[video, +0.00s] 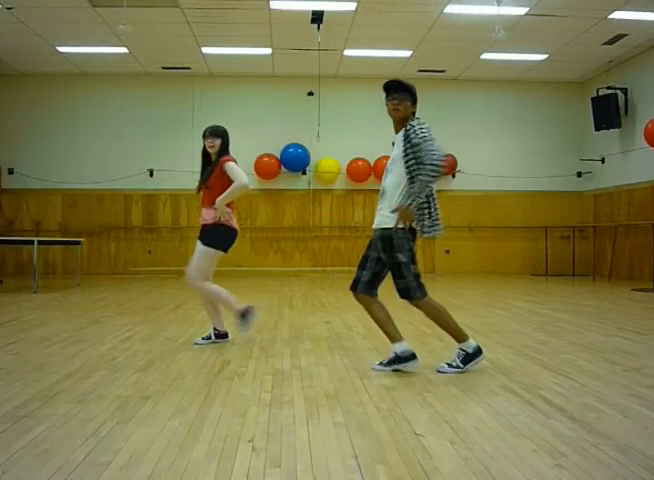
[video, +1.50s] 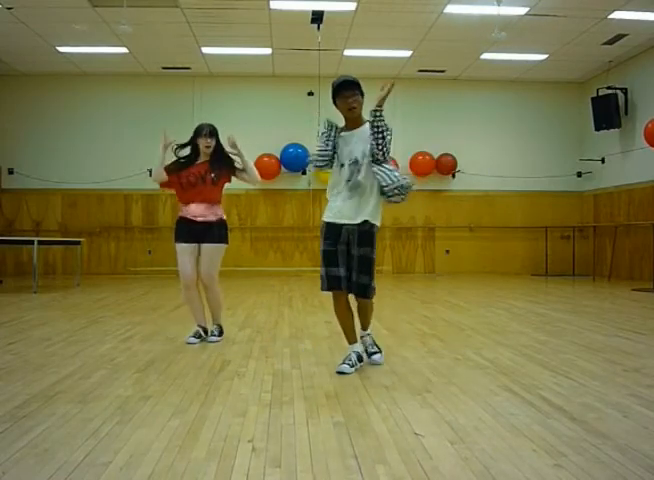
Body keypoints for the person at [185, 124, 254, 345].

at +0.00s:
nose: (210, 142)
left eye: (214, 138)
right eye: (207, 138)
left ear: (223, 141)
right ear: (204, 142)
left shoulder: (226, 162)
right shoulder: (212, 165)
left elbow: (242, 183)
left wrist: (221, 203)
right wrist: (210, 205)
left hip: (219, 226)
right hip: (211, 225)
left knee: (194, 277)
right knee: (202, 280)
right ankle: (218, 330)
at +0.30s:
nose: (201, 139)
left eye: (206, 136)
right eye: (198, 136)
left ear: (214, 138)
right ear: (195, 140)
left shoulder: (218, 160)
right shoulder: (200, 162)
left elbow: (238, 180)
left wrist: (211, 177)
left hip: (208, 226)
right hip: (201, 224)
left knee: (178, 273)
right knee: (205, 281)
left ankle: (179, 325)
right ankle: (220, 330)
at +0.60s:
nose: (182, 144)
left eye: (185, 141)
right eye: (183, 141)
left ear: (196, 144)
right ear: (198, 145)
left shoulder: (203, 168)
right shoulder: (202, 166)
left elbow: (205, 206)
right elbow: (200, 204)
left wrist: (195, 236)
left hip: (200, 228)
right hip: (202, 227)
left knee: (170, 274)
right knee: (198, 281)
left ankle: (183, 326)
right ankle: (219, 329)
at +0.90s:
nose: (213, 149)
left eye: (213, 145)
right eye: (212, 145)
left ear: (187, 142)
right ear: (207, 145)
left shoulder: (170, 167)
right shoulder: (209, 166)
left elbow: (166, 200)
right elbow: (211, 204)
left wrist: (165, 227)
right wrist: (230, 228)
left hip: (178, 226)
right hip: (206, 226)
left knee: (180, 278)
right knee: (203, 281)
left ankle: (164, 327)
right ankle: (197, 329)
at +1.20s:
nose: (212, 144)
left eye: (213, 140)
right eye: (208, 139)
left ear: (212, 144)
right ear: (197, 140)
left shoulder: (211, 167)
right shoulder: (181, 165)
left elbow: (223, 189)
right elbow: (177, 173)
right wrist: (175, 145)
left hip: (211, 221)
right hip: (188, 220)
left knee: (209, 278)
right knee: (195, 277)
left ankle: (183, 319)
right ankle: (182, 326)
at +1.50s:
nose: (208, 141)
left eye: (211, 137)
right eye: (203, 137)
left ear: (216, 141)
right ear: (195, 140)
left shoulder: (222, 164)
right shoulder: (183, 166)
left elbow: (254, 179)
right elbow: (158, 177)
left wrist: (239, 153)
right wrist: (163, 150)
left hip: (214, 224)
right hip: (186, 224)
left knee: (208, 277)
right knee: (187, 279)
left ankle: (216, 326)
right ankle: (201, 327)